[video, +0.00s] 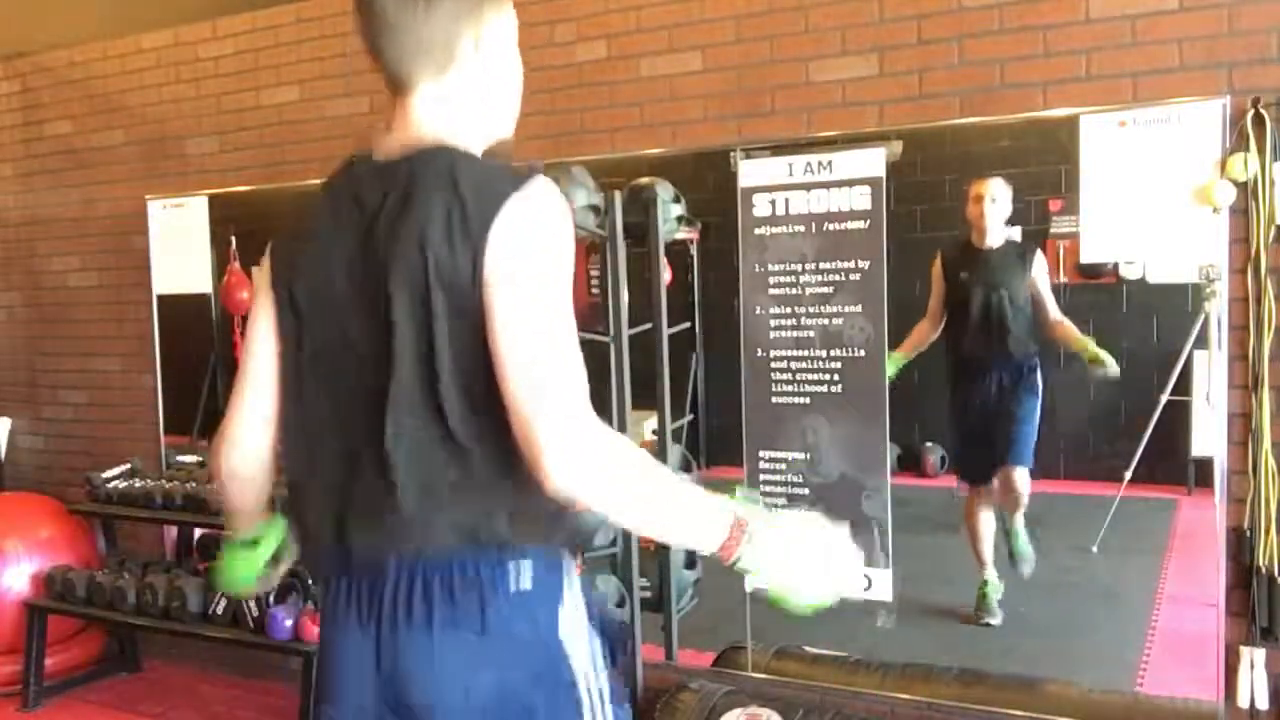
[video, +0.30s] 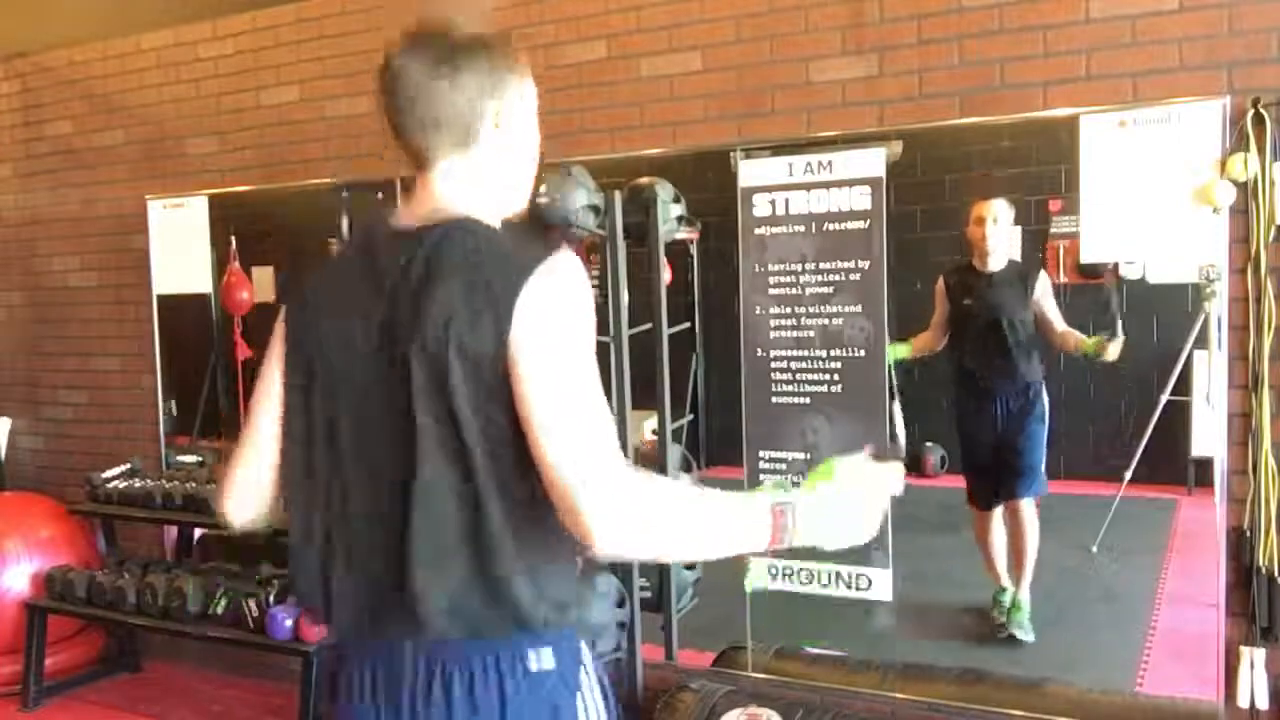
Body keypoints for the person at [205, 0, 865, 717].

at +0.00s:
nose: (520, 74)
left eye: (514, 46)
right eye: (513, 45)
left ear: (383, 55)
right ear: (484, 48)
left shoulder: (297, 239)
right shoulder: (510, 203)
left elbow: (240, 469)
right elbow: (565, 450)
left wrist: (256, 522)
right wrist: (748, 534)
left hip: (352, 620)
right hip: (501, 613)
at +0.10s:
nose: (525, 59)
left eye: (519, 37)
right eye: (519, 36)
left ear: (394, 51)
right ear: (491, 39)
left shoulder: (301, 223)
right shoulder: (515, 185)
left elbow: (248, 434)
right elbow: (567, 432)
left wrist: (237, 544)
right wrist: (755, 553)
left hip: (356, 578)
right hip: (506, 577)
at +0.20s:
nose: (531, 132)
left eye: (525, 105)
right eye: (525, 105)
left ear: (396, 119)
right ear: (497, 108)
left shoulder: (309, 272)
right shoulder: (526, 256)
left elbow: (247, 506)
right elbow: (586, 499)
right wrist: (788, 527)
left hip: (365, 641)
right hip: (517, 636)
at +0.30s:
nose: (540, 141)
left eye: (534, 113)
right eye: (533, 113)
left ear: (407, 134)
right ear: (507, 120)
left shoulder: (314, 292)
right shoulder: (531, 276)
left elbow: (244, 501)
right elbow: (607, 516)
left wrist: (375, 448)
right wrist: (802, 513)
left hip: (366, 674)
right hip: (520, 672)